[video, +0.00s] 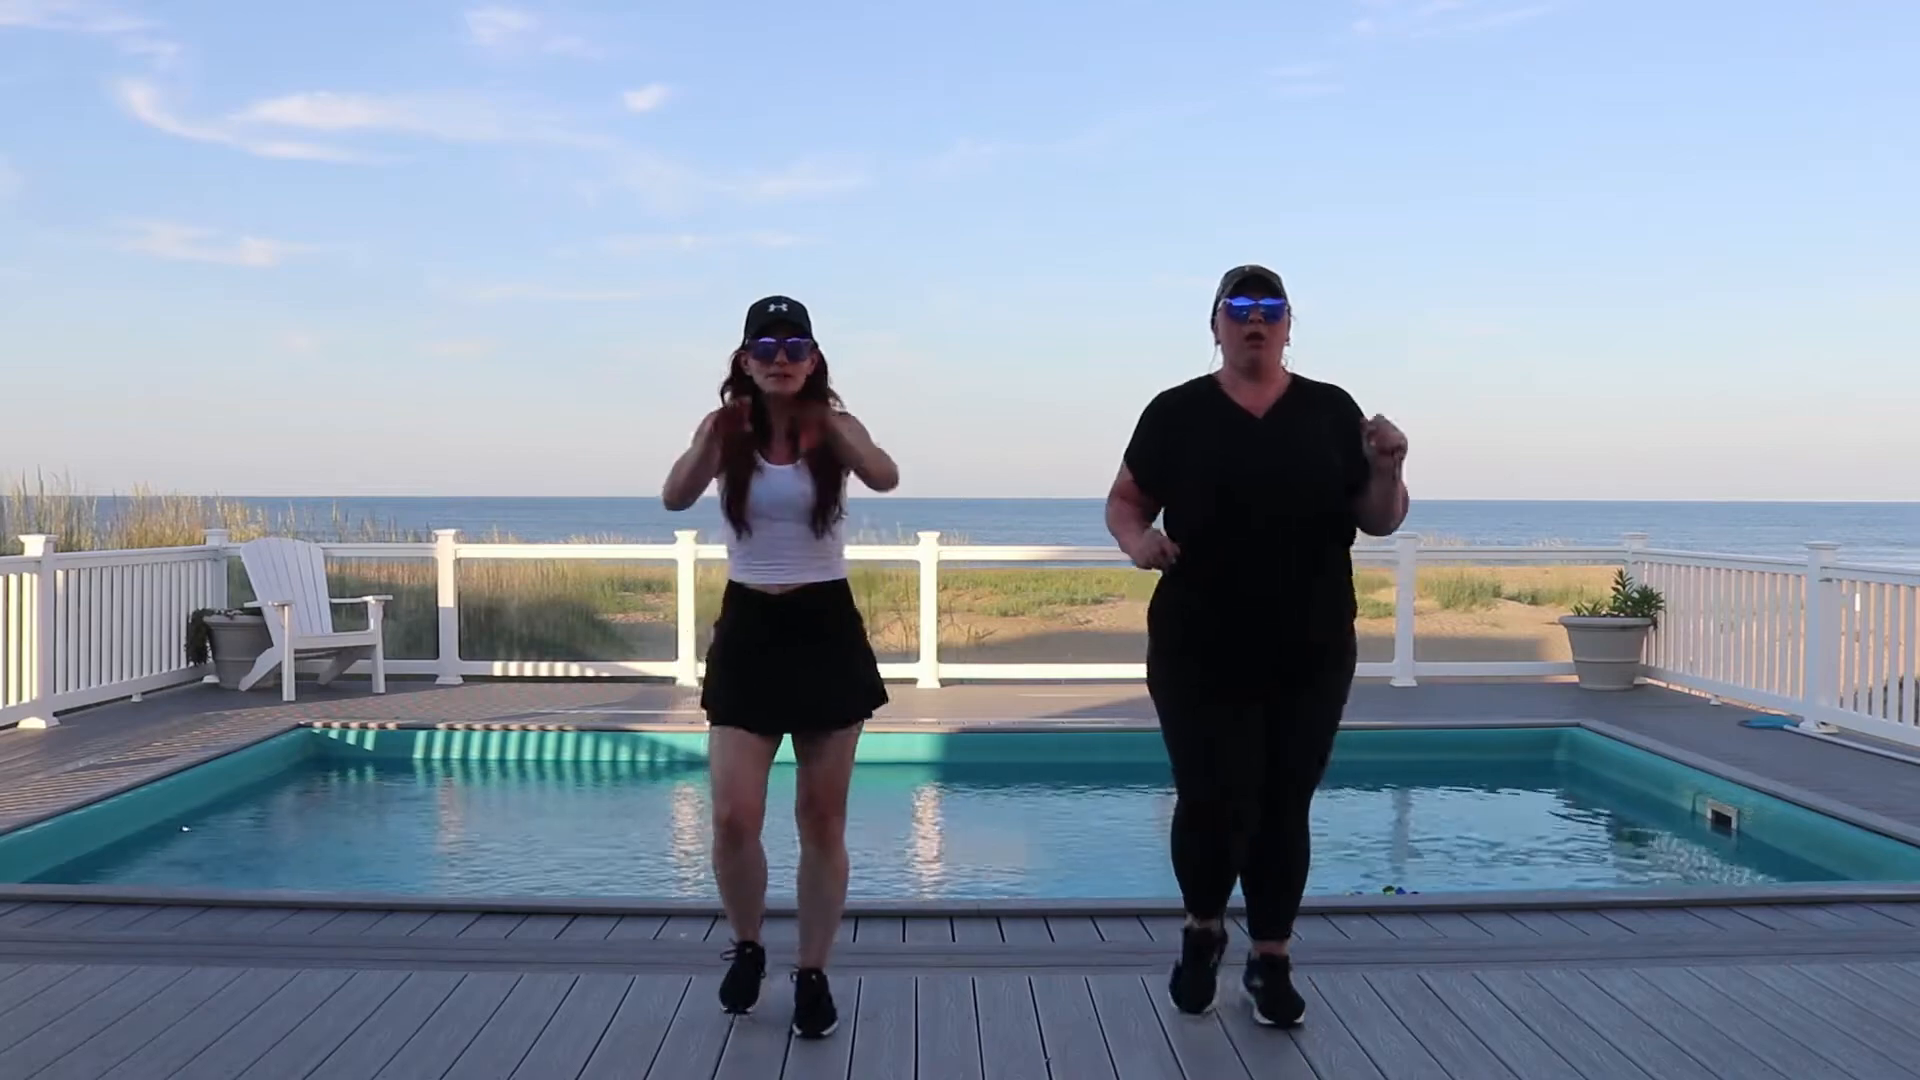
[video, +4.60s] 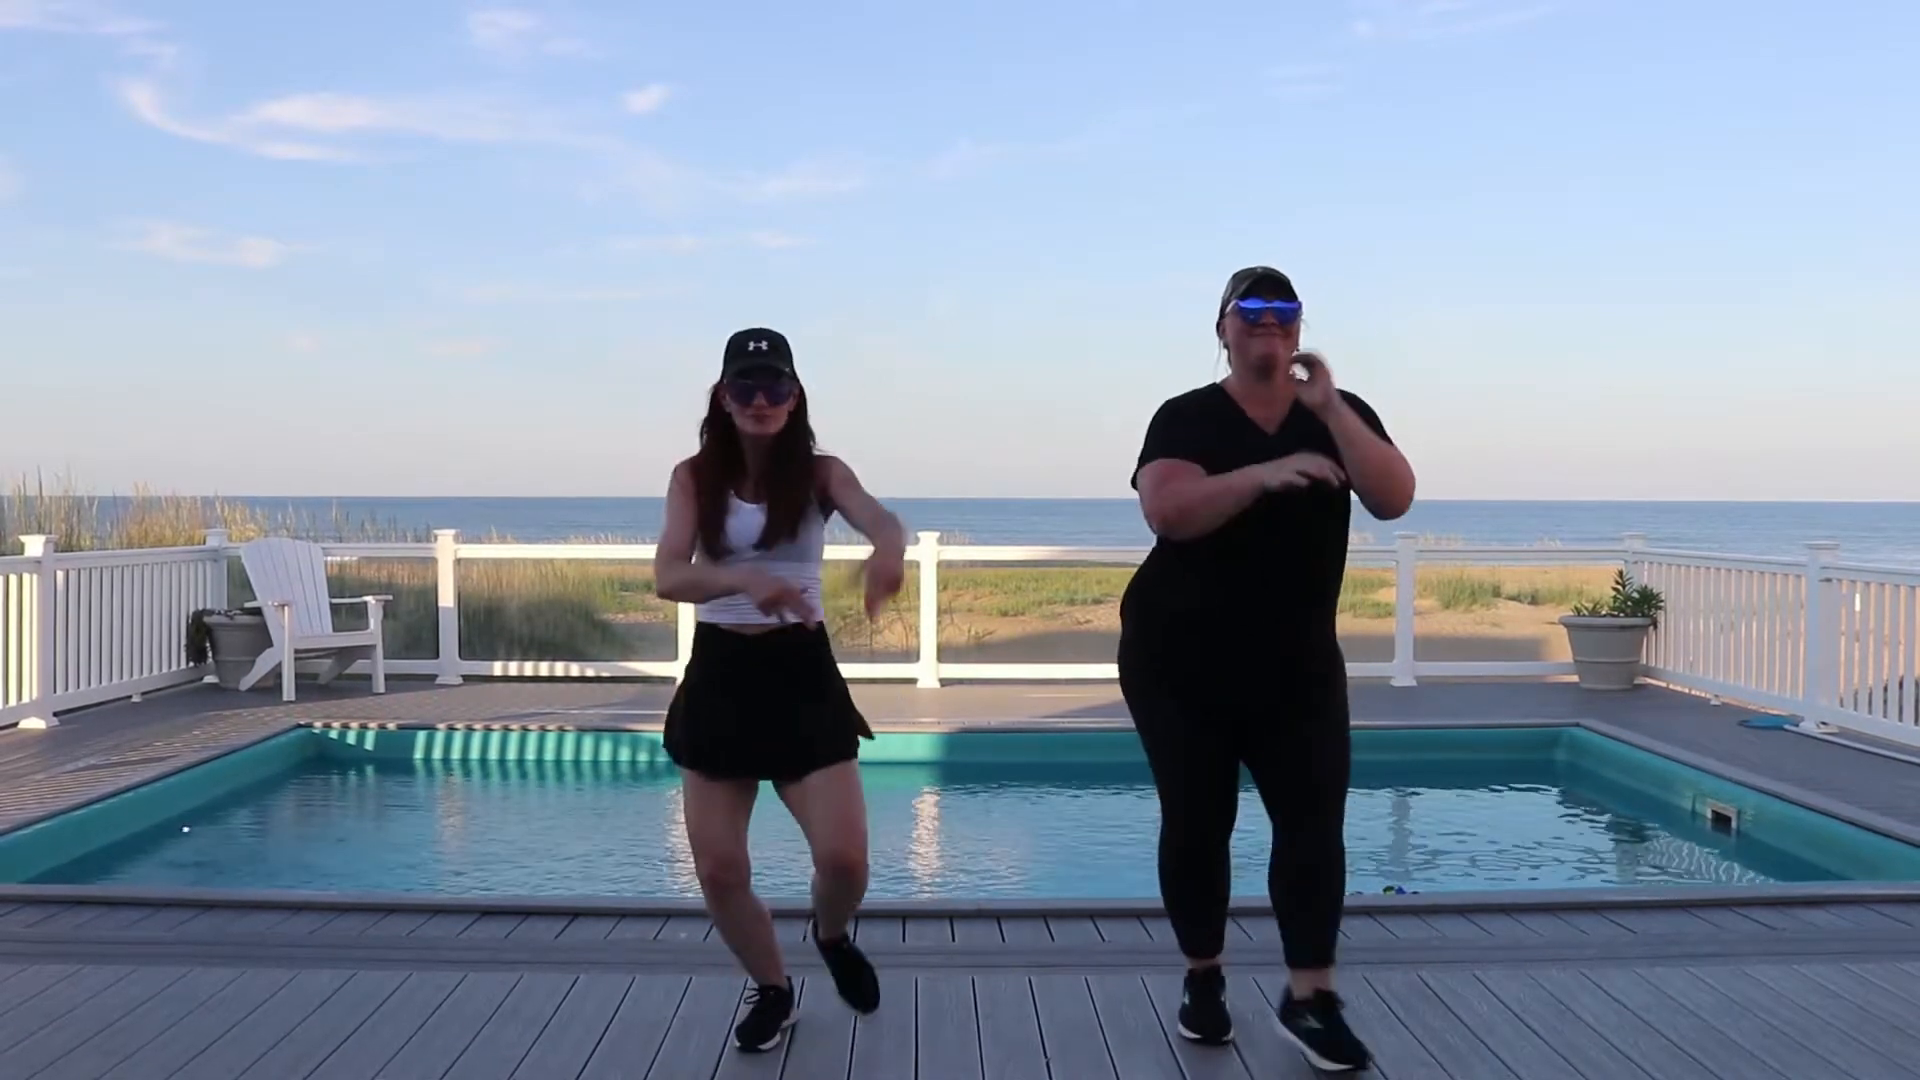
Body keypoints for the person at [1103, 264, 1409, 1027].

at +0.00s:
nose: (1256, 323)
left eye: (1270, 312)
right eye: (1241, 312)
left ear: (1288, 326)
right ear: (1217, 326)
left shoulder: (1333, 412)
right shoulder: (1174, 414)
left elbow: (1381, 521)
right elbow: (1125, 504)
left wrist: (1388, 467)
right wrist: (1140, 540)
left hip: (1309, 644)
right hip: (1201, 643)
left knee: (1285, 803)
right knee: (1211, 798)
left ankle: (1272, 959)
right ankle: (1204, 931)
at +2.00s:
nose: (1264, 359)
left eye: (1278, 344)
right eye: (1249, 343)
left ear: (1296, 338)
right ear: (1223, 335)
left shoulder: (1333, 413)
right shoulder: (1176, 417)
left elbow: (1392, 490)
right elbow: (1120, 528)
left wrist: (1431, 527)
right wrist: (1148, 505)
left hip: (1298, 656)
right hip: (1189, 654)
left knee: (1268, 808)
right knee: (1194, 808)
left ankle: (1250, 956)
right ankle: (1192, 958)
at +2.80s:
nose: (1249, 323)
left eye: (1263, 312)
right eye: (1233, 311)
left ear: (1281, 325)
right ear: (1207, 323)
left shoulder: (1326, 407)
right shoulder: (1169, 401)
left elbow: (1409, 464)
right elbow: (1164, 488)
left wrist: (1415, 490)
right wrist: (1251, 516)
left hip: (1295, 651)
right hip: (1184, 651)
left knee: (1302, 808)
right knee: (1198, 813)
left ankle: (1263, 944)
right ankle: (1199, 958)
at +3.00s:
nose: (1260, 316)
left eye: (1273, 306)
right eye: (1244, 306)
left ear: (1291, 324)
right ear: (1218, 323)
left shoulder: (1327, 412)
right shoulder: (1181, 405)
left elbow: (1368, 494)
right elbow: (1167, 508)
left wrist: (1362, 387)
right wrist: (1284, 518)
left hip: (1293, 645)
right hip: (1184, 646)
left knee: (1303, 808)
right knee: (1193, 808)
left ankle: (1324, 978)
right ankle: (1198, 962)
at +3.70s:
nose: (1287, 326)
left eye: (1299, 315)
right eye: (1271, 315)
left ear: (1315, 329)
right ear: (1241, 328)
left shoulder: (1356, 406)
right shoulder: (1206, 402)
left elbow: (1411, 478)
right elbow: (1174, 465)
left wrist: (1349, 507)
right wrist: (1221, 493)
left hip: (1331, 656)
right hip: (1221, 655)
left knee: (1305, 813)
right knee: (1222, 814)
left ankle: (1284, 964)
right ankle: (1219, 970)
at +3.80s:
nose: (1286, 329)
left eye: (1299, 319)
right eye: (1270, 318)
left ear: (1315, 332)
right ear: (1239, 330)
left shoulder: (1356, 411)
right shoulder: (1203, 411)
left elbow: (1402, 503)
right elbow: (1193, 493)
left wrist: (1302, 526)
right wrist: (1242, 402)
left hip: (1331, 659)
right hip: (1225, 658)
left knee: (1308, 815)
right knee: (1232, 818)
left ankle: (1284, 959)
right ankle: (1220, 989)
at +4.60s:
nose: (1268, 327)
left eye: (1282, 316)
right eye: (1252, 316)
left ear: (1299, 331)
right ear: (1223, 330)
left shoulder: (1339, 416)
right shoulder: (1185, 418)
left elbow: (1394, 497)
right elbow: (1166, 509)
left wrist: (1329, 406)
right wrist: (1260, 476)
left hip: (1298, 658)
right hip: (1184, 661)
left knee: (1314, 824)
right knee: (1197, 819)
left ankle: (1311, 995)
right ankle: (1203, 976)